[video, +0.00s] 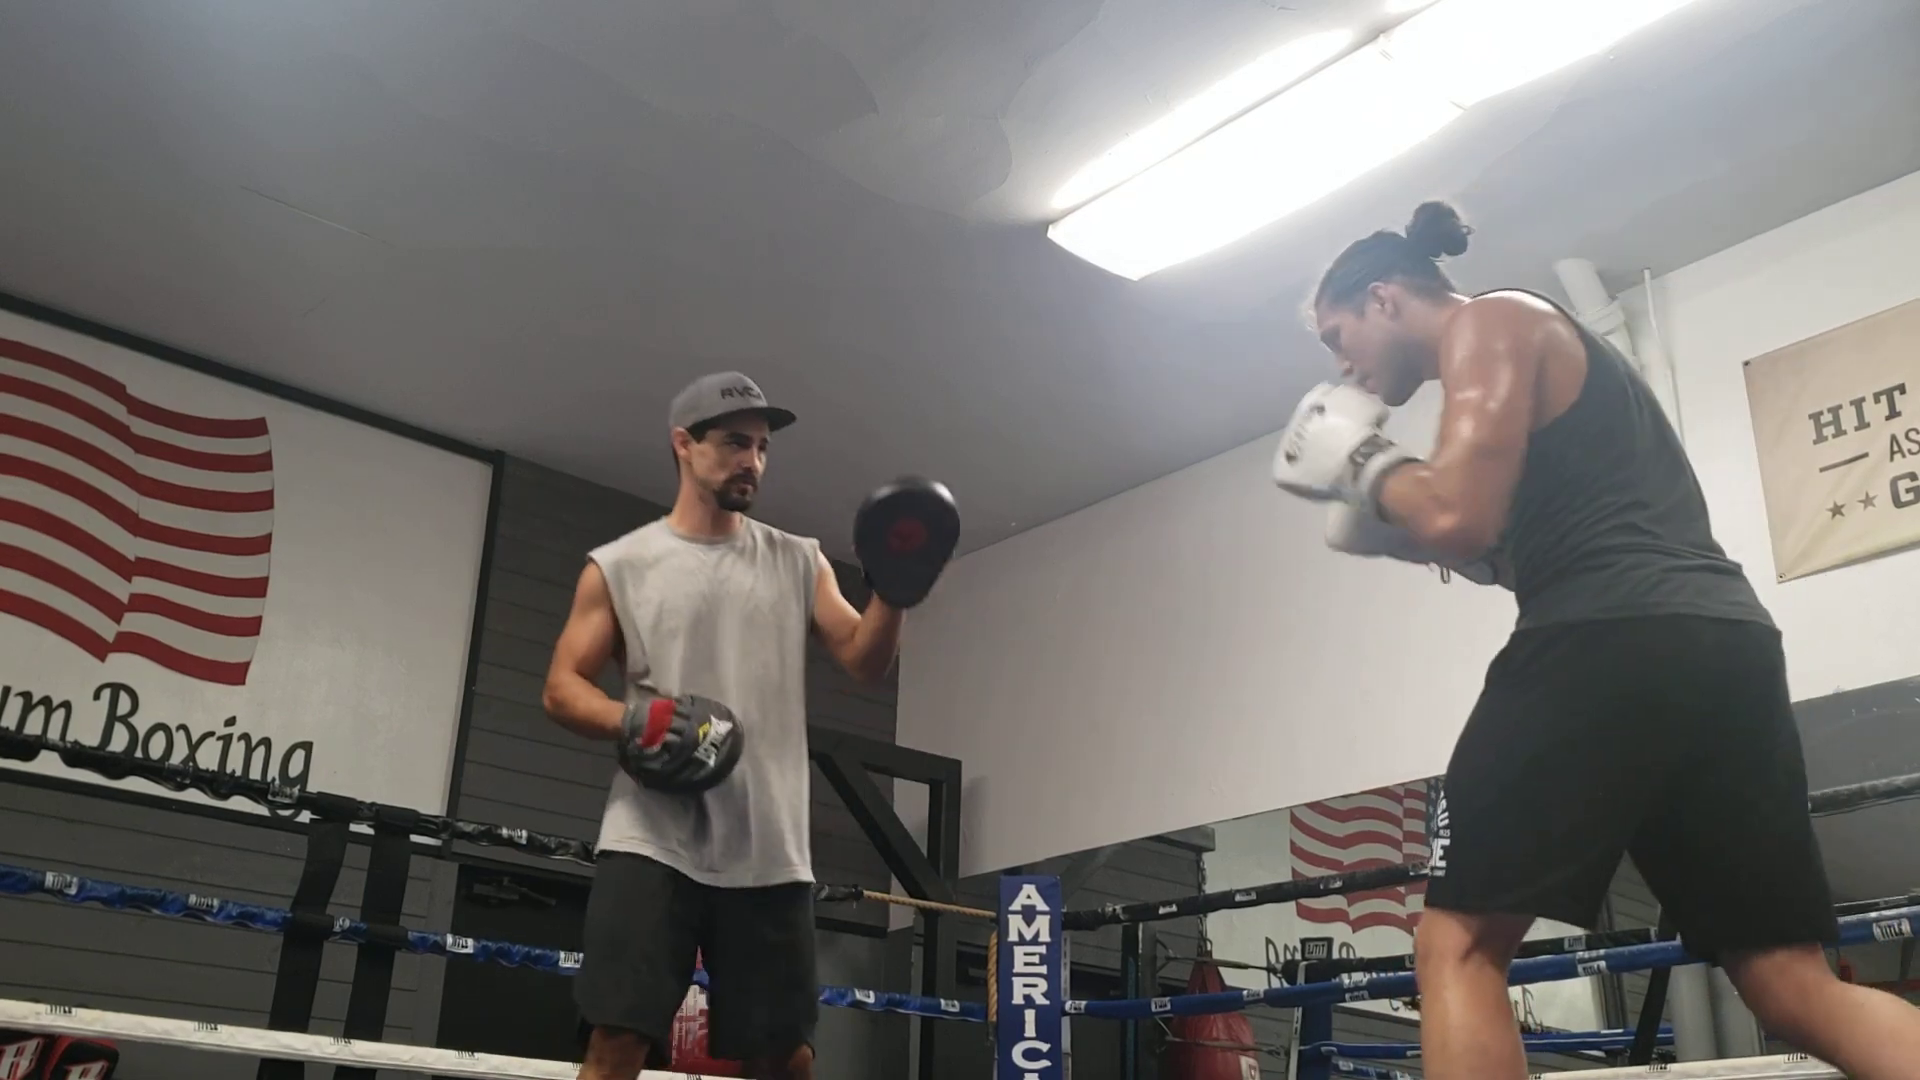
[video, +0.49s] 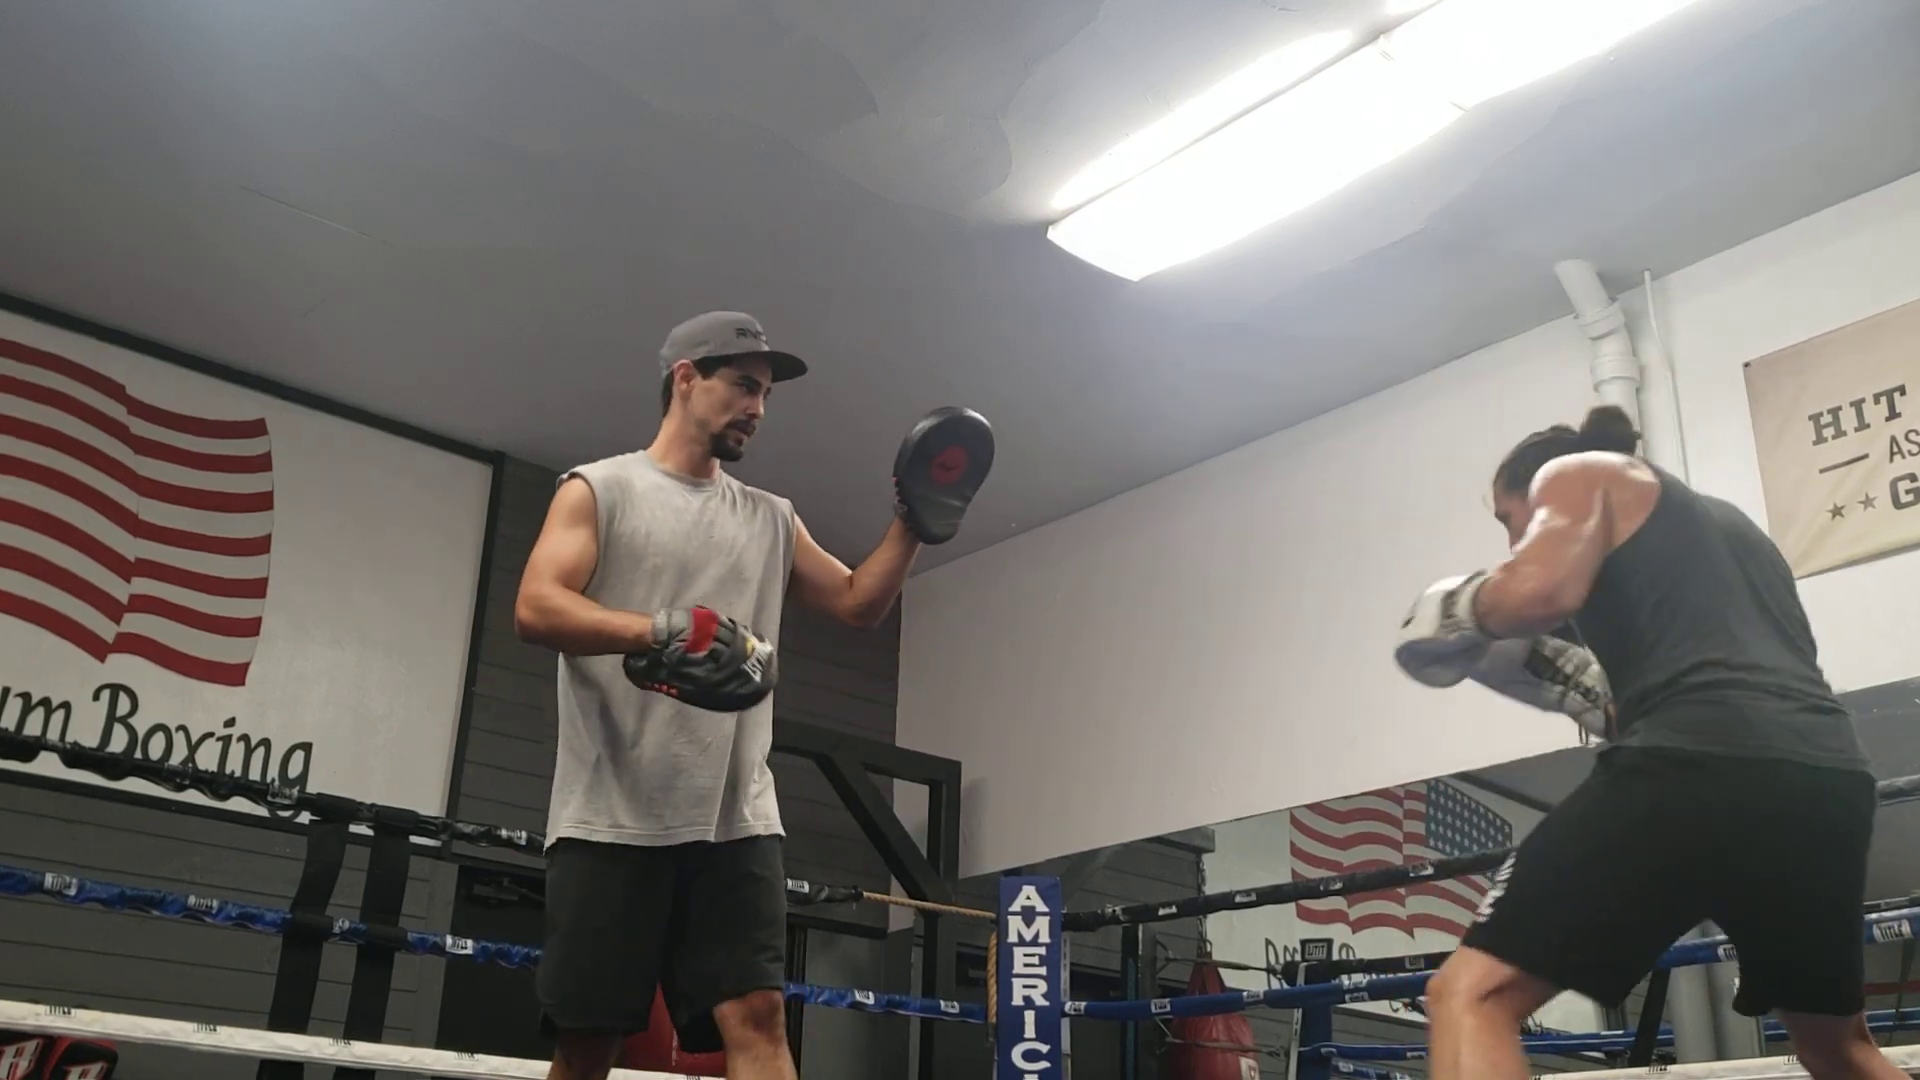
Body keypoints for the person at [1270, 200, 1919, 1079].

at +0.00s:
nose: (1343, 368)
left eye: (1338, 340)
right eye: (1331, 352)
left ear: (1385, 296)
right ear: (1399, 291)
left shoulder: (1489, 321)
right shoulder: (1586, 356)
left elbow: (1461, 517)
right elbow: (1538, 549)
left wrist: (1365, 456)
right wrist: (1400, 530)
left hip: (1601, 643)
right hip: (1728, 639)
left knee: (1457, 946)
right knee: (1795, 985)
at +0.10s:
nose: (1371, 367)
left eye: (1361, 347)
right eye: (1359, 355)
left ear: (1388, 303)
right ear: (1424, 285)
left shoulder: (1478, 322)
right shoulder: (1595, 361)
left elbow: (1366, 502)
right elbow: (1549, 575)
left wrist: (1325, 419)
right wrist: (1446, 516)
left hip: (1597, 644)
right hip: (1727, 639)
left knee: (1464, 947)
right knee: (1802, 972)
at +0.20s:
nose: (1401, 392)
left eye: (1398, 371)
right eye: (1394, 380)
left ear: (1421, 332)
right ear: (1474, 301)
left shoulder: (1470, 335)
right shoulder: (1631, 380)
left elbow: (1350, 508)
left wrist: (1334, 436)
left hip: (1609, 661)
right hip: (1743, 654)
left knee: (1457, 955)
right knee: (1826, 967)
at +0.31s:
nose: (1443, 439)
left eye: (1447, 419)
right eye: (1440, 429)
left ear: (1470, 390)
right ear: (1538, 373)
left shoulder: (1496, 391)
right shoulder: (1672, 442)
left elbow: (1378, 545)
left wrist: (1376, 487)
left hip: (1629, 705)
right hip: (1769, 704)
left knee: (1441, 971)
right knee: (1848, 1008)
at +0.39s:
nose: (1482, 501)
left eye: (1486, 482)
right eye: (1483, 490)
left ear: (1514, 451)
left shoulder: (1539, 457)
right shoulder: (1711, 504)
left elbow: (1431, 586)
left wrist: (1404, 570)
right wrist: (1533, 652)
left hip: (1659, 749)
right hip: (1804, 755)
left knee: (1439, 993)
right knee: (1839, 1038)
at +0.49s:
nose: (1514, 539)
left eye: (1511, 521)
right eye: (1507, 528)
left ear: (1542, 477)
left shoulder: (1581, 471)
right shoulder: (1737, 526)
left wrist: (1456, 605)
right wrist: (1594, 697)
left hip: (1688, 764)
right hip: (1830, 780)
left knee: (1472, 993)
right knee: (1838, 1038)